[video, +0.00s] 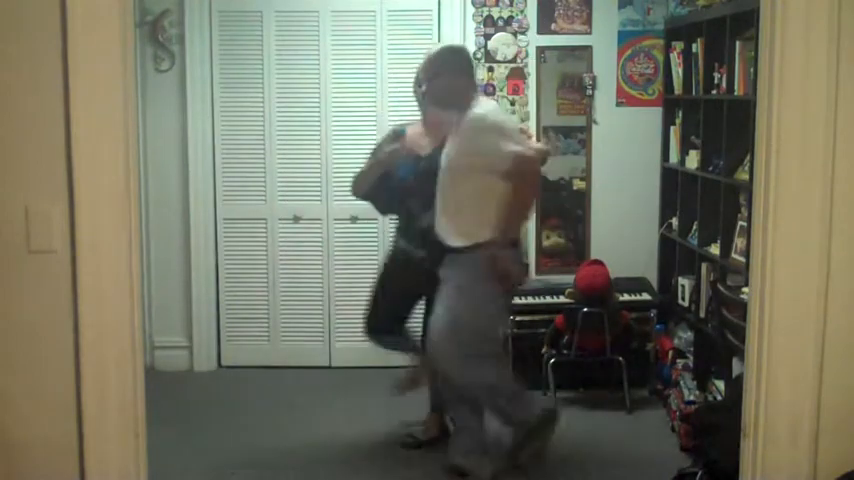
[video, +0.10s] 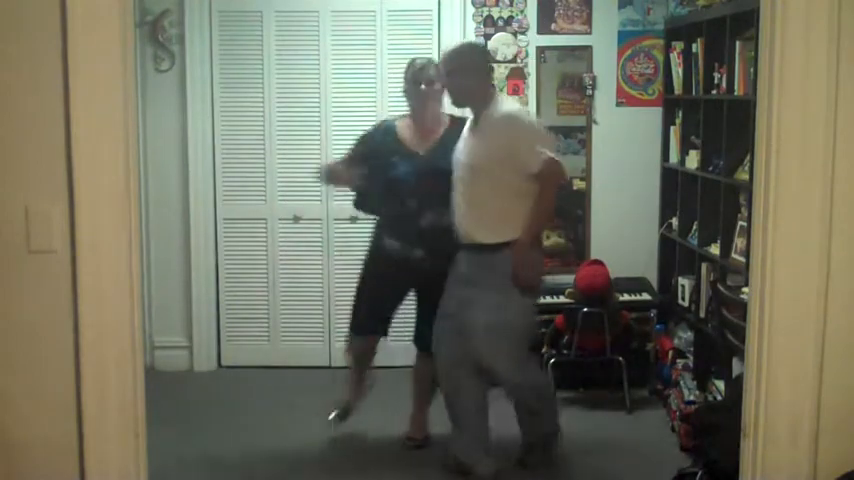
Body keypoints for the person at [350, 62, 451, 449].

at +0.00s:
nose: (432, 105)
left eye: (441, 96)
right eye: (425, 93)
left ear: (458, 97)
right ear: (417, 93)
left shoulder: (468, 143)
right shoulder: (400, 140)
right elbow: (361, 188)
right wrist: (394, 156)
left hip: (453, 256)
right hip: (410, 252)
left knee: (441, 341)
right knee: (380, 327)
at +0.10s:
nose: (425, 89)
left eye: (432, 82)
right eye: (418, 83)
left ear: (444, 88)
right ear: (406, 90)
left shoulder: (461, 135)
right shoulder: (385, 134)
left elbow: (486, 174)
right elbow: (343, 171)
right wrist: (343, 175)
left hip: (441, 253)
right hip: (390, 249)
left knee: (431, 345)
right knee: (362, 334)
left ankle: (419, 418)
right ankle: (356, 390)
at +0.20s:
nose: (422, 92)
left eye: (426, 85)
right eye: (413, 86)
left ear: (432, 90)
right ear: (395, 92)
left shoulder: (455, 137)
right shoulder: (369, 136)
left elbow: (486, 180)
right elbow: (324, 160)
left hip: (434, 258)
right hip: (379, 254)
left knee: (420, 345)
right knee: (362, 340)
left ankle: (404, 421)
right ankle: (320, 418)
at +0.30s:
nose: (416, 92)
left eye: (416, 85)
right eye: (406, 86)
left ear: (418, 92)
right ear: (380, 96)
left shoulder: (440, 140)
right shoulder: (352, 139)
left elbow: (482, 171)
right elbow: (299, 158)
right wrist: (261, 136)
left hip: (418, 260)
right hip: (365, 259)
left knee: (413, 347)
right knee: (359, 350)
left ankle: (402, 423)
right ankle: (318, 437)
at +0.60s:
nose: (390, 95)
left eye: (389, 88)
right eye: (382, 90)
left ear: (378, 97)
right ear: (357, 97)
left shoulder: (402, 138)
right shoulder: (334, 140)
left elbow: (446, 157)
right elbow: (323, 173)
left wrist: (482, 147)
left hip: (388, 260)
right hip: (336, 263)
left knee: (428, 336)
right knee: (330, 354)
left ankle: (410, 424)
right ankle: (314, 443)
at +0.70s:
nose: (397, 96)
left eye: (395, 89)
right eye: (388, 90)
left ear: (385, 96)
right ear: (362, 98)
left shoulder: (405, 137)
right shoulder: (345, 142)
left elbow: (447, 152)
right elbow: (372, 185)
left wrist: (483, 145)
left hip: (393, 263)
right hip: (342, 265)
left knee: (427, 341)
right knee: (334, 354)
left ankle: (421, 443)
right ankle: (314, 444)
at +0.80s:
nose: (412, 95)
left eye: (410, 89)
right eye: (404, 89)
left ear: (399, 96)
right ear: (380, 97)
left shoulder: (414, 138)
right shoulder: (365, 145)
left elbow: (431, 183)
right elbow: (408, 191)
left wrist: (453, 193)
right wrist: (473, 185)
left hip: (408, 265)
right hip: (361, 266)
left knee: (423, 352)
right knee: (354, 360)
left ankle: (418, 451)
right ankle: (318, 437)